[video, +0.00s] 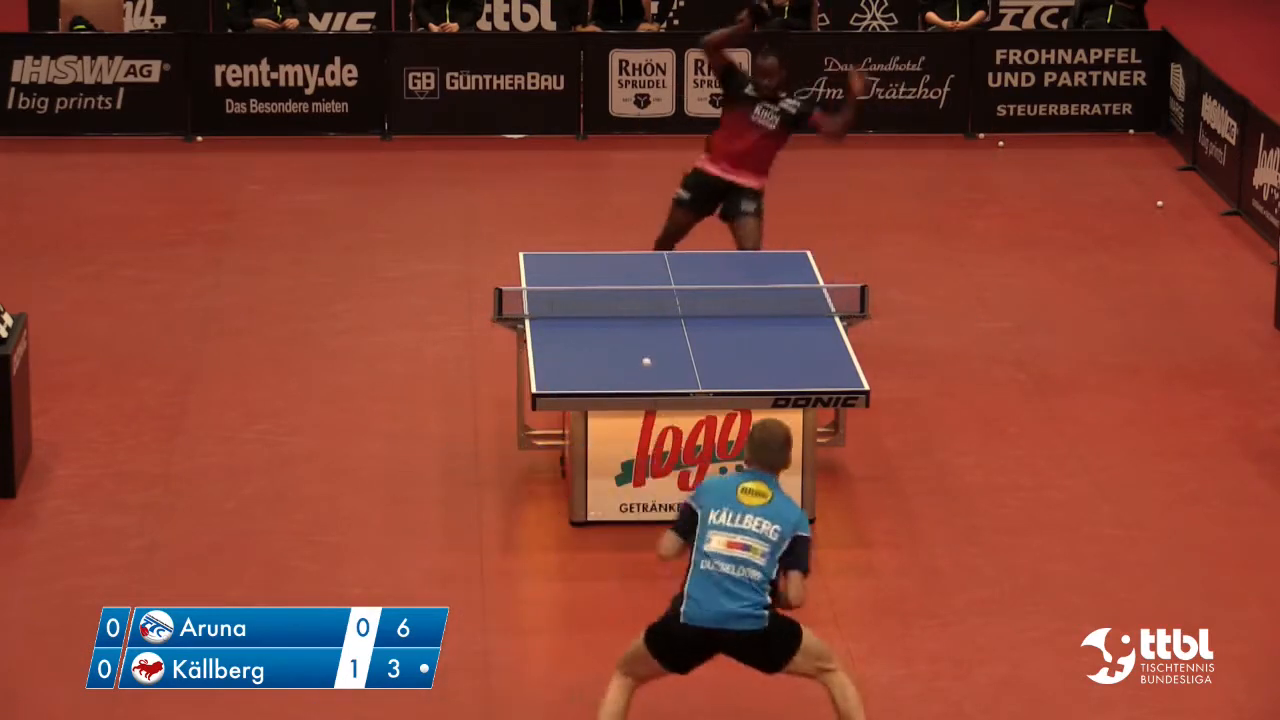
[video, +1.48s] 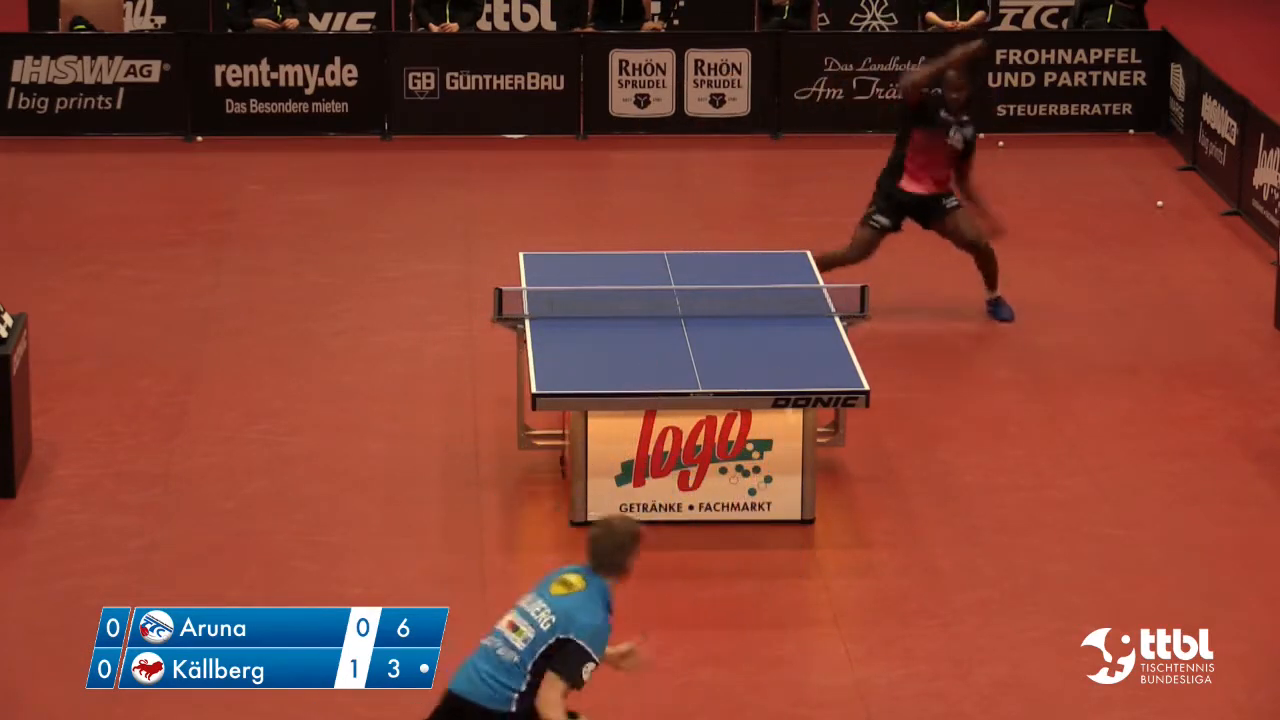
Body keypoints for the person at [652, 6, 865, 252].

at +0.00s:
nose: (764, 80)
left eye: (770, 75)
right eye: (760, 74)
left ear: (782, 75)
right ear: (754, 71)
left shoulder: (794, 109)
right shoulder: (737, 85)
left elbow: (835, 128)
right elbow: (710, 45)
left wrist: (853, 98)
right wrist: (742, 28)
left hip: (746, 190)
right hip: (707, 177)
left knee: (751, 256)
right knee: (665, 241)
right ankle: (650, 291)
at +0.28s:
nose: (772, 67)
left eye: (778, 61)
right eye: (767, 61)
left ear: (789, 59)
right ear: (759, 60)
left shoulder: (808, 91)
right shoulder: (752, 90)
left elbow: (820, 137)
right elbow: (720, 117)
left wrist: (797, 166)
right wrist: (705, 98)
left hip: (805, 175)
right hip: (766, 172)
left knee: (812, 241)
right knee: (723, 224)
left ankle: (815, 291)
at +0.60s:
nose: (816, 110)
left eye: (821, 103)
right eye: (811, 104)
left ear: (834, 101)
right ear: (806, 106)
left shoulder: (853, 125)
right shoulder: (821, 131)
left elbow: (845, 172)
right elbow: (823, 177)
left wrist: (799, 192)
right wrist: (787, 203)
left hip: (887, 196)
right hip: (851, 198)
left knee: (890, 261)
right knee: (800, 241)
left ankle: (945, 323)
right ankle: (788, 311)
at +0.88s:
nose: (839, 97)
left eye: (844, 90)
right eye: (836, 91)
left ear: (859, 85)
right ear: (836, 89)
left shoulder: (862, 111)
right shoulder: (883, 98)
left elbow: (836, 148)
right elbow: (920, 119)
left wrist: (796, 174)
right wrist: (929, 142)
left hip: (903, 191)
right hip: (881, 188)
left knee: (888, 264)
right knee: (842, 226)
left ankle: (945, 322)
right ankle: (858, 293)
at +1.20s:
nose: (907, 45)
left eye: (913, 39)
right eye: (904, 39)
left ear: (927, 40)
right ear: (899, 40)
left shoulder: (942, 73)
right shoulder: (894, 59)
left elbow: (979, 88)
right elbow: (886, 12)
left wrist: (984, 49)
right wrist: (928, 5)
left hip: (913, 148)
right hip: (877, 147)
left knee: (928, 206)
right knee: (859, 216)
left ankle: (964, 272)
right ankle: (858, 286)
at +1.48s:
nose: (956, 96)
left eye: (961, 90)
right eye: (951, 89)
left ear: (968, 92)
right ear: (940, 90)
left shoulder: (965, 129)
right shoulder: (921, 108)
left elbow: (963, 180)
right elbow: (909, 84)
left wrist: (986, 217)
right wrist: (952, 58)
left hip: (936, 199)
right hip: (896, 194)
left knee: (979, 244)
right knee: (857, 252)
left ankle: (994, 298)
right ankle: (793, 271)